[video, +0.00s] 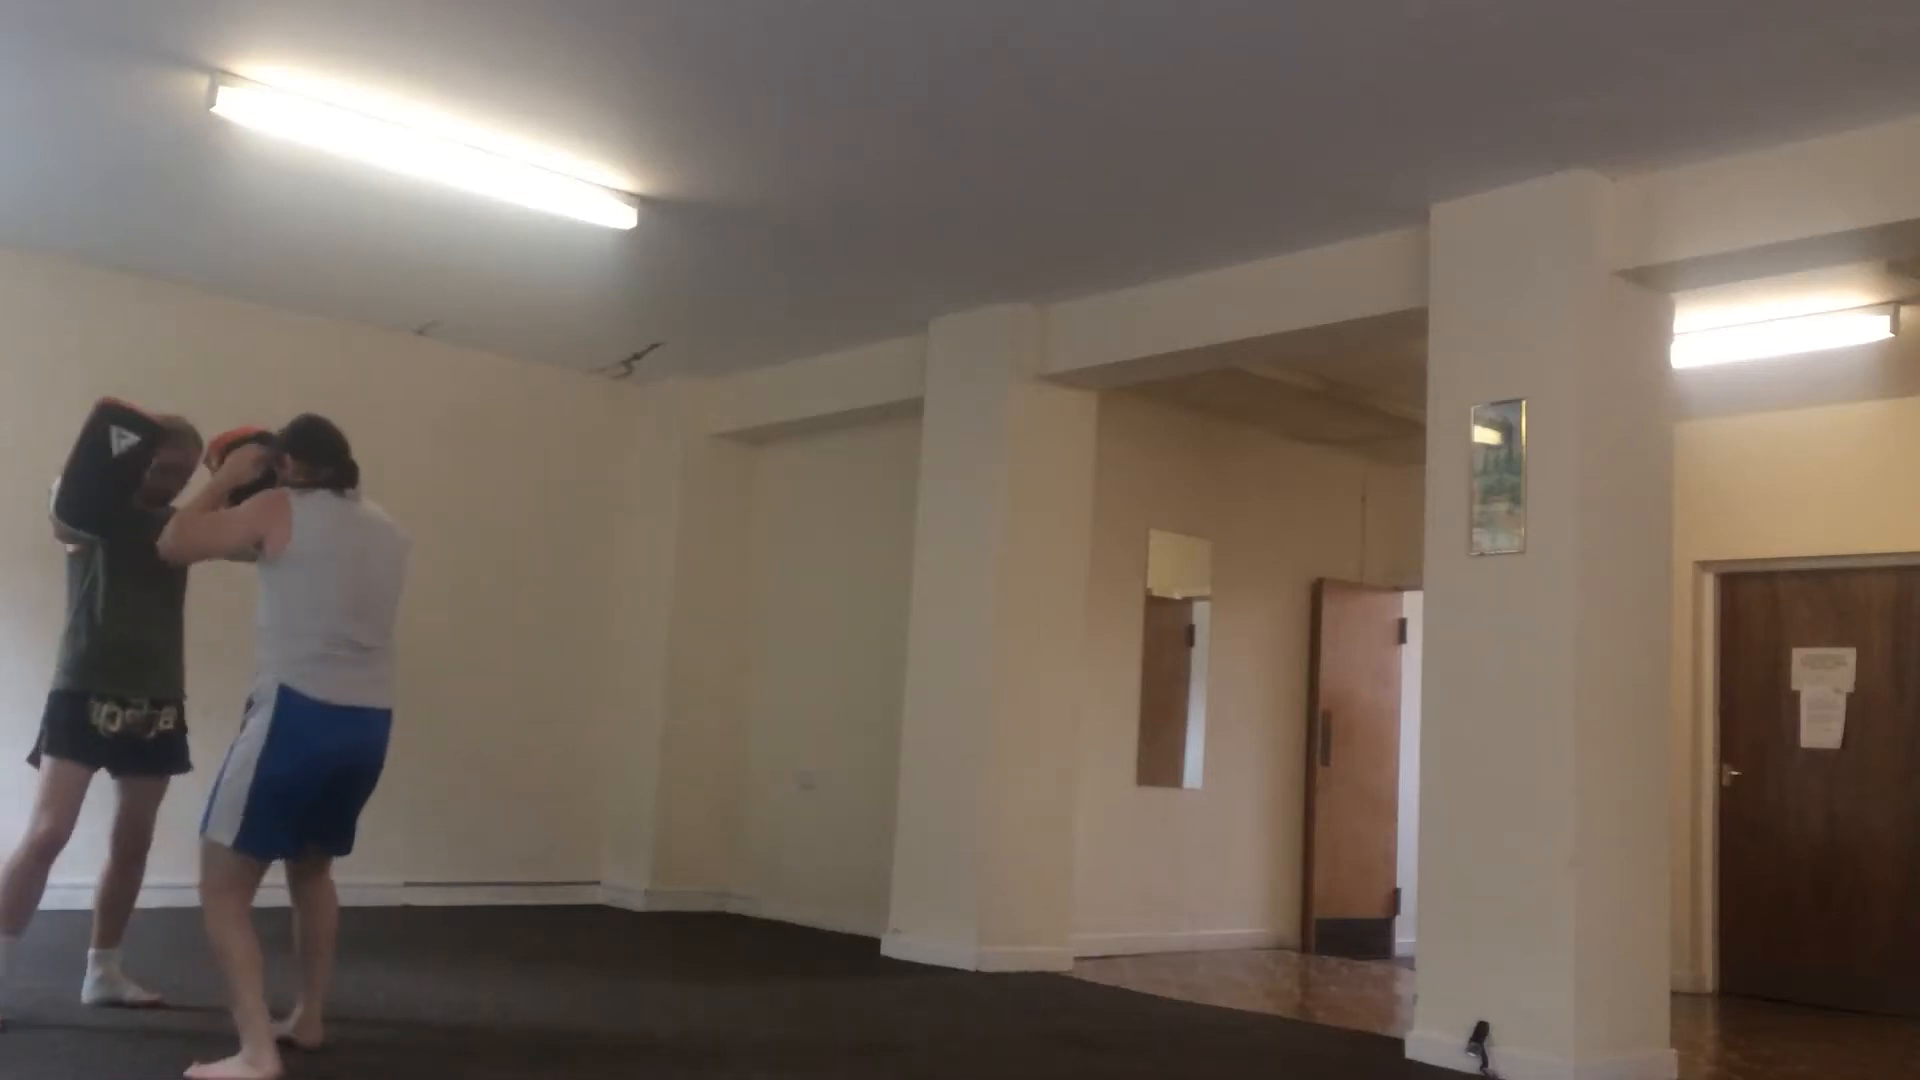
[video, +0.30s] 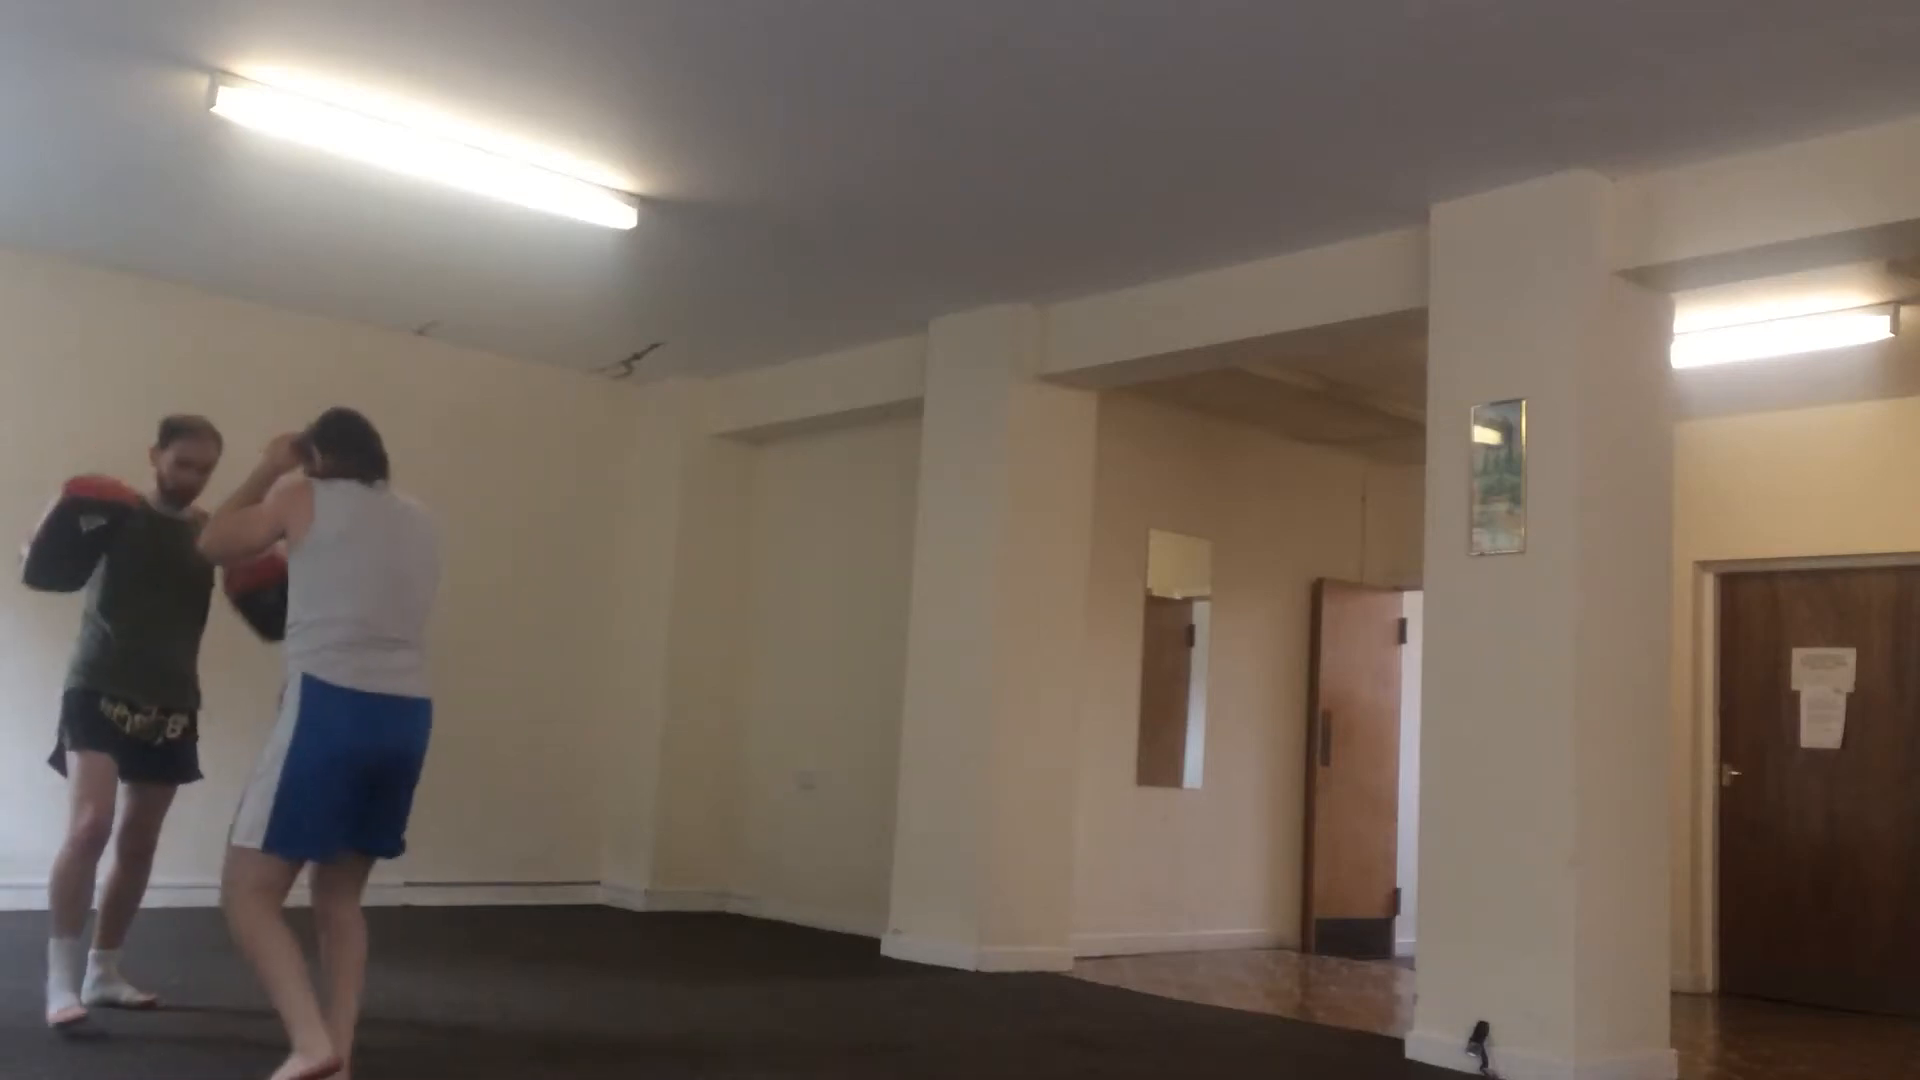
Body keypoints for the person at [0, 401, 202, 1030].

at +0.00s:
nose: (176, 481)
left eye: (185, 471)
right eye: (168, 467)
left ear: (189, 473)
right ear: (137, 462)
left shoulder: (178, 524)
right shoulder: (94, 514)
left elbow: (239, 531)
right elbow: (70, 507)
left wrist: (254, 475)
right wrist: (97, 428)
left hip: (156, 699)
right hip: (87, 693)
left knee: (132, 842)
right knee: (47, 835)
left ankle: (104, 970)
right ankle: (1, 959)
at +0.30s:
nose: (191, 477)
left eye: (203, 469)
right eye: (183, 464)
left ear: (213, 472)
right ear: (156, 457)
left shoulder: (215, 539)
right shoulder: (119, 517)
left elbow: (272, 625)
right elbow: (47, 574)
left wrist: (263, 568)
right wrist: (74, 512)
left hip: (169, 703)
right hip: (100, 691)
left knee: (139, 845)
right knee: (91, 826)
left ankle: (102, 973)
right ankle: (62, 981)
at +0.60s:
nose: (256, 488)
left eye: (266, 479)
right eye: (247, 473)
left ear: (270, 486)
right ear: (214, 468)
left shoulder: (236, 547)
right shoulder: (160, 516)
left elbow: (201, 624)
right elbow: (69, 527)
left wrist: (234, 658)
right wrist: (30, 519)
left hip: (180, 718)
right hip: (119, 709)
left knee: (142, 856)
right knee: (109, 849)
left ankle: (103, 967)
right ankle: (72, 1004)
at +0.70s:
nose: (266, 479)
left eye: (272, 469)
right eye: (257, 465)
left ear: (266, 474)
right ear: (225, 461)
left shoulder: (227, 540)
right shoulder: (186, 509)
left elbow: (193, 615)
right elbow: (150, 498)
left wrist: (226, 650)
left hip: (171, 712)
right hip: (115, 705)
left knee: (155, 849)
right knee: (121, 850)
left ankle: (111, 954)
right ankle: (77, 1013)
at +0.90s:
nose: (250, 467)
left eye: (254, 453)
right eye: (241, 450)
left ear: (239, 451)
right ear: (202, 441)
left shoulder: (219, 512)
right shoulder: (158, 499)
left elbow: (199, 587)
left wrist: (236, 615)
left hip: (180, 699)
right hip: (121, 698)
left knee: (160, 836)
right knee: (116, 850)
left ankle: (101, 939)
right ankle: (75, 1017)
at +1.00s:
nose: (251, 438)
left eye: (258, 427)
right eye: (239, 424)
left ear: (258, 430)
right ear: (203, 421)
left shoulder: (237, 501)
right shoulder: (158, 484)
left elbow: (211, 580)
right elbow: (57, 534)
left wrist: (251, 614)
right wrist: (125, 511)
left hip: (193, 692)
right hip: (126, 690)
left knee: (170, 833)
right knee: (111, 849)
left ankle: (90, 910)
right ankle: (75, 1018)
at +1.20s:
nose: (232, 451)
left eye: (244, 441)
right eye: (224, 435)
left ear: (250, 441)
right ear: (189, 422)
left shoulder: (240, 502)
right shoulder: (133, 478)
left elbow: (279, 580)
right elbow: (62, 557)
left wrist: (320, 568)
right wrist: (112, 522)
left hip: (202, 694)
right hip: (127, 692)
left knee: (195, 849)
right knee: (106, 857)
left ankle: (126, 951)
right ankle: (75, 1017)